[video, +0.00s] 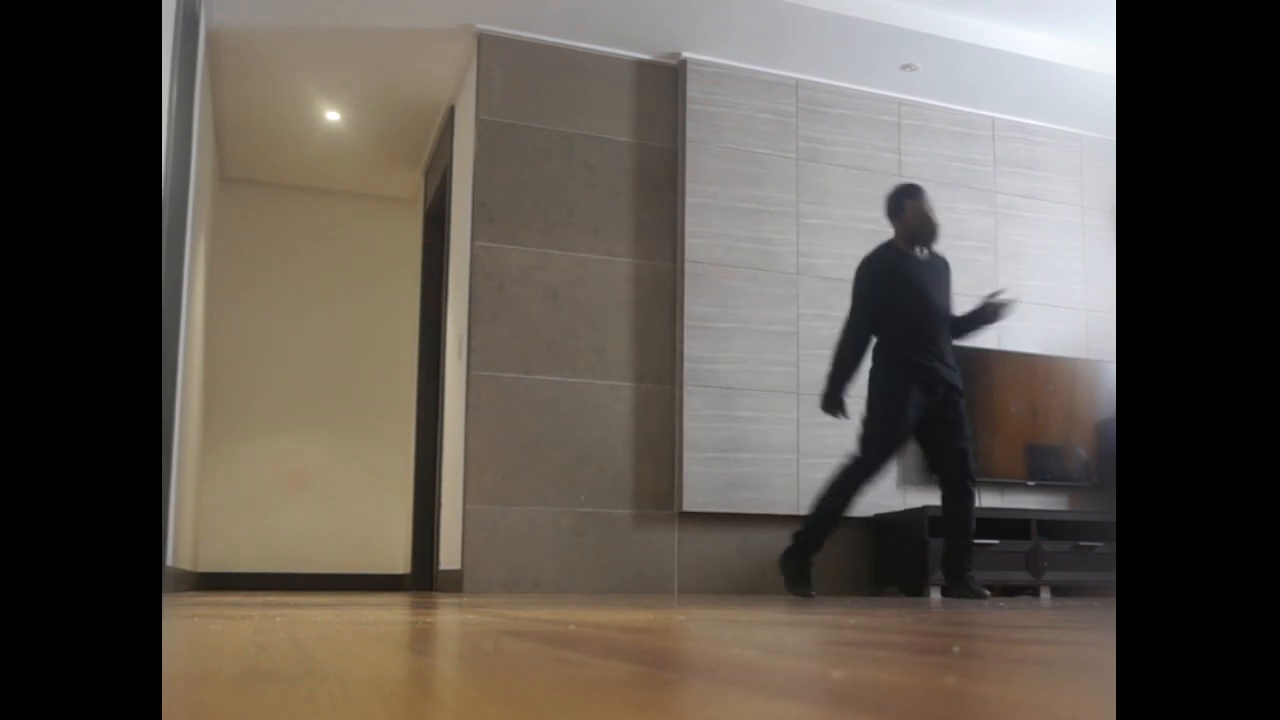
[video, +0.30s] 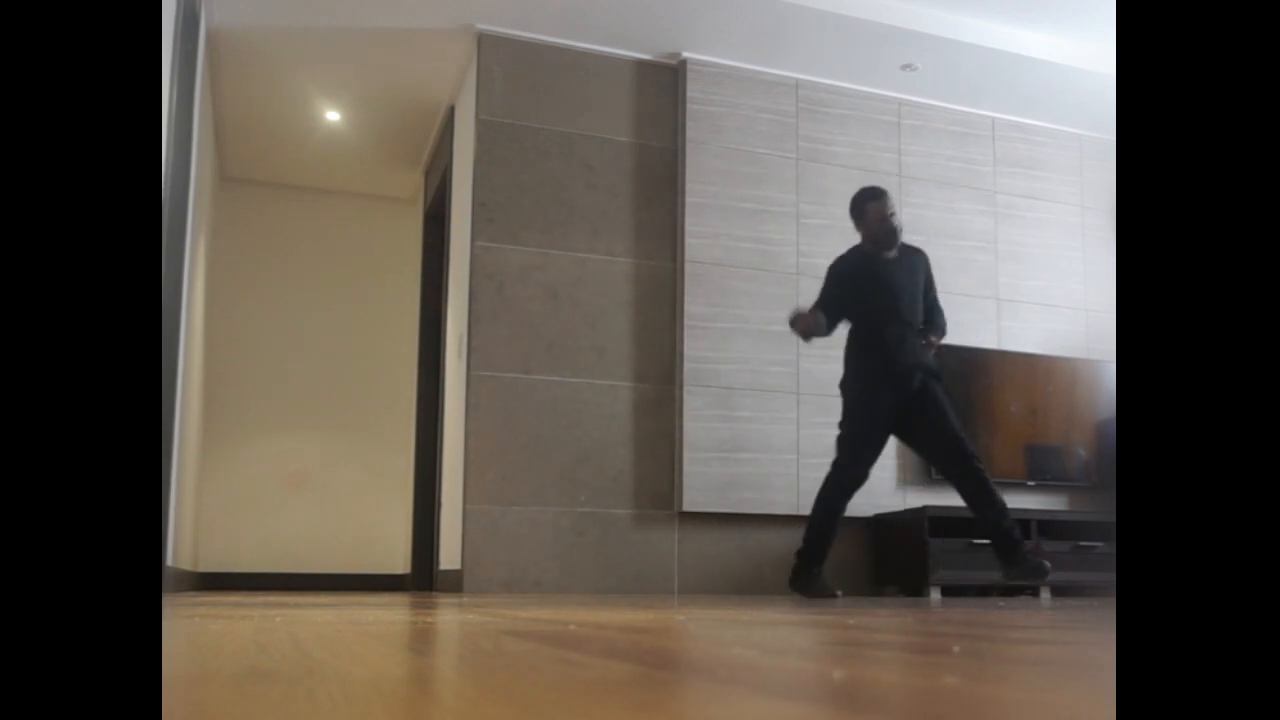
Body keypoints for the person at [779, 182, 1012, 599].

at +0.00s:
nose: (931, 218)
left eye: (930, 210)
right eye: (921, 212)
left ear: (923, 216)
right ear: (899, 219)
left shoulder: (938, 267)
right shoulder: (879, 265)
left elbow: (942, 330)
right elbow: (858, 328)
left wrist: (981, 316)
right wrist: (836, 385)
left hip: (942, 386)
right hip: (895, 383)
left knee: (959, 480)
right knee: (868, 464)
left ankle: (957, 578)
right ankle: (799, 554)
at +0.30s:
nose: (892, 222)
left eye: (893, 215)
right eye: (882, 218)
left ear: (898, 216)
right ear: (861, 226)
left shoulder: (916, 260)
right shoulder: (847, 268)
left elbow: (933, 312)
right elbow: (827, 317)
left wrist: (933, 333)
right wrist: (809, 325)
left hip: (915, 385)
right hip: (869, 388)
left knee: (963, 464)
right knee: (847, 475)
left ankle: (1014, 555)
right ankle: (806, 571)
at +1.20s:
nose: (909, 229)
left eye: (914, 221)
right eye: (900, 222)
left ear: (920, 220)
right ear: (881, 224)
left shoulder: (938, 261)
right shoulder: (865, 269)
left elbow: (955, 318)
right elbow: (851, 327)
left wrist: (988, 348)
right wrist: (831, 370)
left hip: (923, 387)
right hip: (869, 385)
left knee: (950, 471)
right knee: (827, 453)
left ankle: (940, 575)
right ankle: (836, 558)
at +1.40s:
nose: (918, 201)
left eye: (923, 195)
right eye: (909, 195)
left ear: (931, 204)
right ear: (890, 204)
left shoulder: (946, 262)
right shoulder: (865, 253)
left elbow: (934, 329)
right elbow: (847, 318)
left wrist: (925, 376)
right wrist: (840, 380)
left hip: (927, 378)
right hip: (879, 375)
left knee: (934, 475)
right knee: (896, 464)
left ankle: (936, 575)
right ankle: (820, 552)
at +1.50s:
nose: (902, 205)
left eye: (901, 195)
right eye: (897, 196)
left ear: (886, 200)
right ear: (905, 197)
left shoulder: (936, 250)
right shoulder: (868, 247)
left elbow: (925, 315)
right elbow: (848, 310)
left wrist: (923, 367)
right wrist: (837, 369)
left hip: (923, 373)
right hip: (877, 372)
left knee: (931, 471)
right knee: (867, 455)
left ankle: (936, 573)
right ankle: (806, 556)